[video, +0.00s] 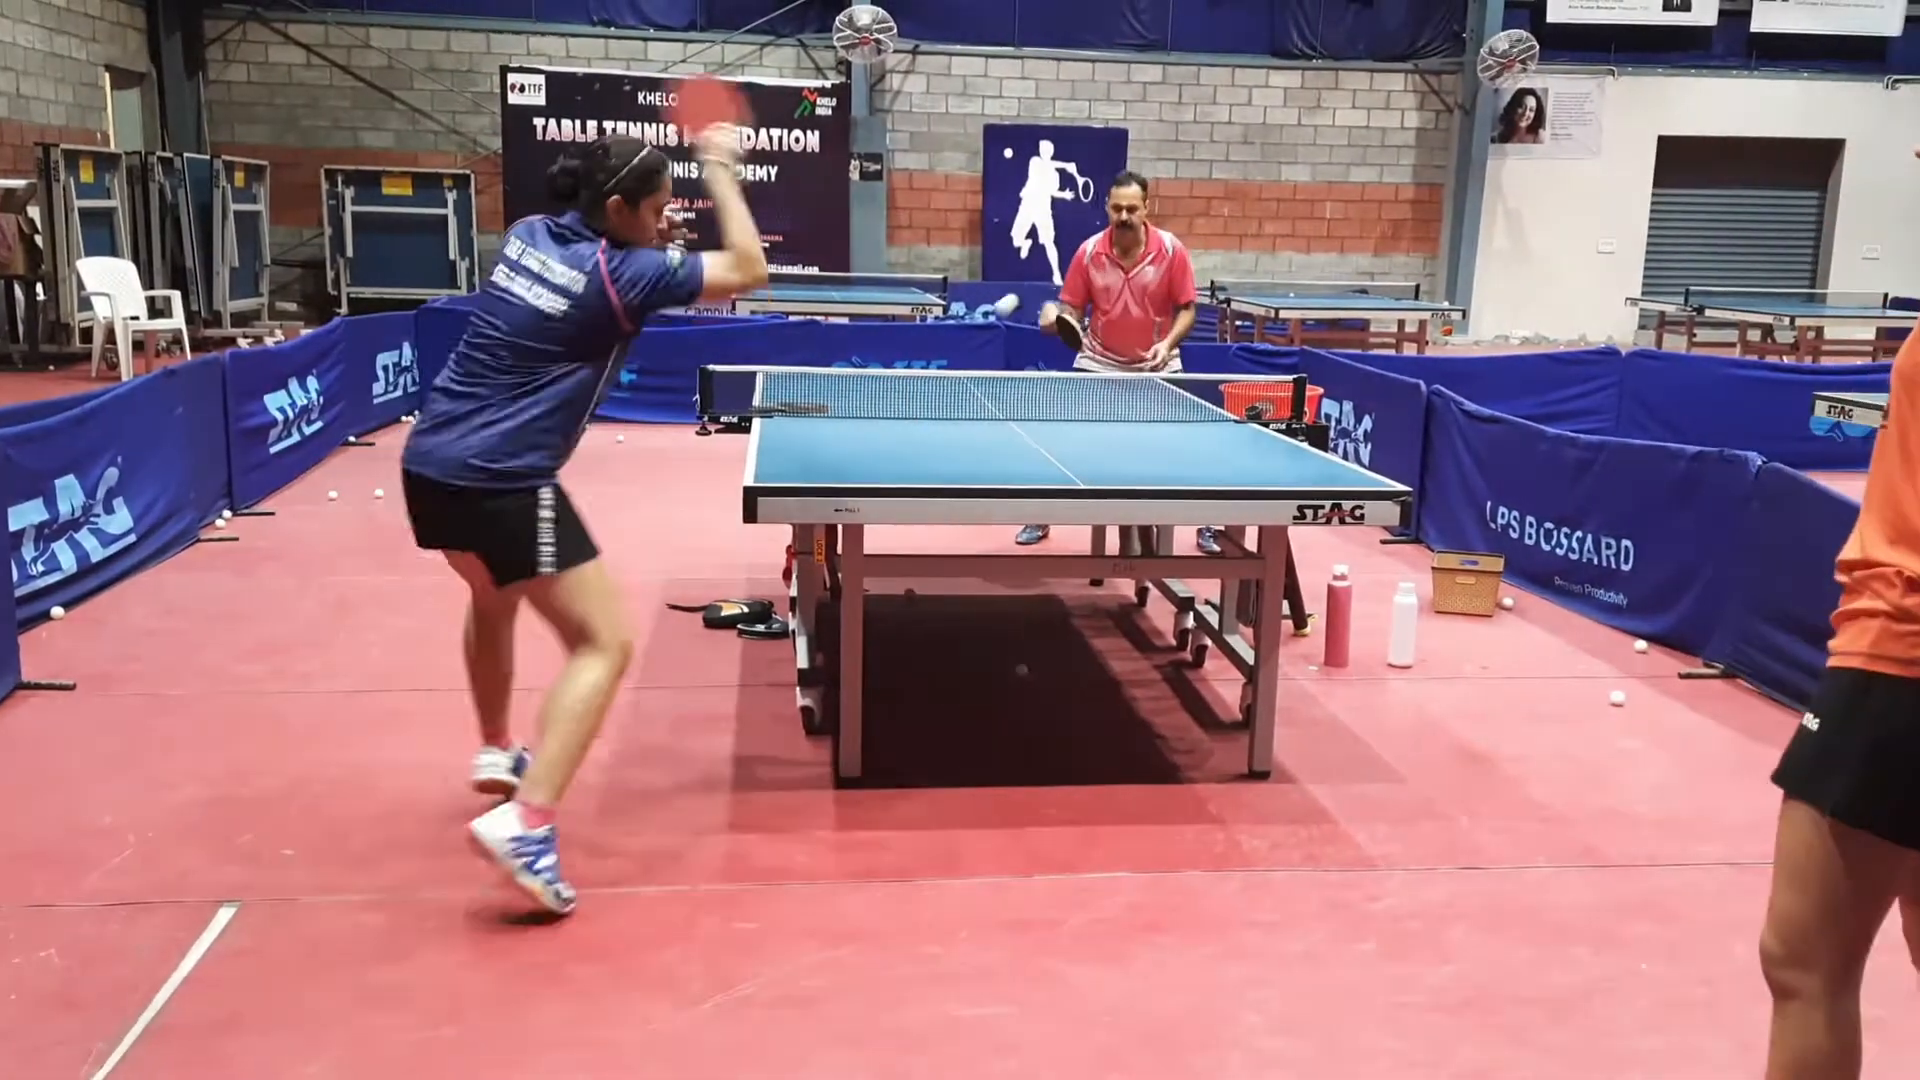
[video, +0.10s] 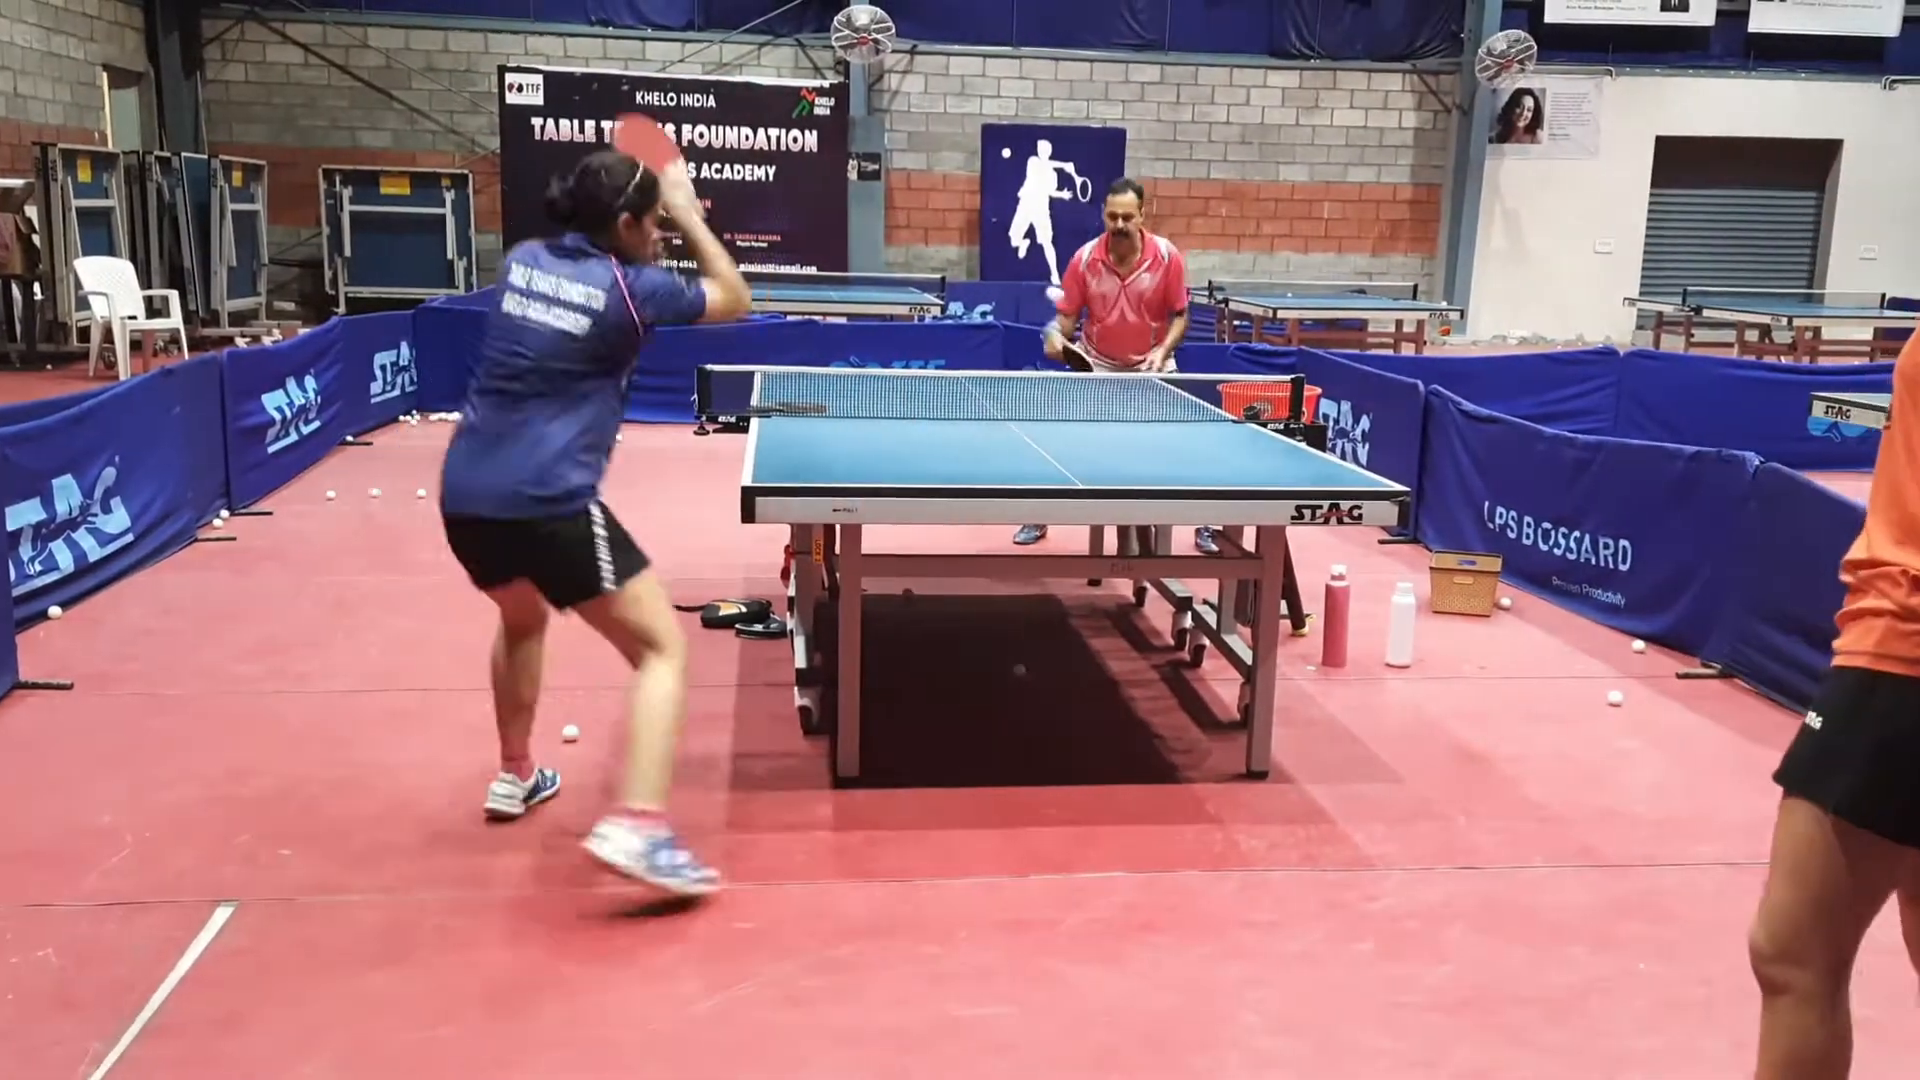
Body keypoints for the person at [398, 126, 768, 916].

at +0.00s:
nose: (664, 216)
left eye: (664, 202)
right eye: (656, 204)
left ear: (596, 203)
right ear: (617, 207)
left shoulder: (530, 233)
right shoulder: (626, 272)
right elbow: (748, 264)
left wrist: (657, 237)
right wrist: (722, 171)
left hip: (430, 468)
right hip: (505, 480)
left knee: (493, 595)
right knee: (607, 645)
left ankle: (497, 751)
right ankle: (526, 822)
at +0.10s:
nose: (658, 233)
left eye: (658, 220)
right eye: (651, 221)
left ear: (579, 216)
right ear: (618, 223)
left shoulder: (524, 258)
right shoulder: (631, 288)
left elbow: (582, 255)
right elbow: (734, 300)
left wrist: (638, 213)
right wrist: (686, 214)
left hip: (467, 501)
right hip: (551, 504)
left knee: (521, 619)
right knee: (661, 647)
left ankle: (514, 775)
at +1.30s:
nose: (633, 188)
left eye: (635, 175)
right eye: (626, 176)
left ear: (556, 172)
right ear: (598, 177)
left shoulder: (496, 220)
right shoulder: (605, 242)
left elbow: (565, 240)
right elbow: (710, 235)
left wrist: (616, 203)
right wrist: (663, 162)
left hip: (443, 456)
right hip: (530, 465)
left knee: (453, 607)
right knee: (624, 632)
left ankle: (407, 755)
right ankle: (633, 820)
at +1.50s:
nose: (589, 253)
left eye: (586, 241)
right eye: (586, 243)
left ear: (508, 243)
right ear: (571, 252)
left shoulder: (459, 301)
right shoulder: (587, 322)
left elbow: (462, 378)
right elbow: (678, 382)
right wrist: (674, 285)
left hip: (451, 528)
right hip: (550, 535)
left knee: (444, 628)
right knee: (654, 679)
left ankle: (392, 781)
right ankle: (664, 857)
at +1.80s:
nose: (647, 204)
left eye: (646, 190)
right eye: (642, 192)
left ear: (577, 192)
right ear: (617, 202)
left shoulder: (533, 233)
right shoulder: (586, 285)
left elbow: (555, 344)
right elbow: (570, 418)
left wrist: (644, 358)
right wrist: (661, 443)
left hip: (404, 447)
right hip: (471, 467)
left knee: (439, 608)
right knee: (578, 638)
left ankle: (375, 757)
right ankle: (556, 842)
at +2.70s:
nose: (575, 245)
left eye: (578, 231)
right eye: (569, 230)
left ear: (523, 226)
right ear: (524, 225)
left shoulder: (454, 264)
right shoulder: (508, 301)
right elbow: (547, 424)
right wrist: (658, 424)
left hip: (362, 467)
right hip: (414, 478)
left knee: (441, 591)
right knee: (519, 637)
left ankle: (410, 743)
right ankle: (526, 826)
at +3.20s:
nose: (534, 146)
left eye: (529, 134)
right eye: (531, 135)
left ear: (455, 142)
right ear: (517, 143)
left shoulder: (402, 208)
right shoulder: (528, 235)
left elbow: (350, 314)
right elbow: (545, 356)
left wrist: (330, 397)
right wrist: (567, 396)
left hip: (394, 450)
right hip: (478, 456)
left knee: (413, 599)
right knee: (519, 628)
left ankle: (393, 753)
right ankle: (495, 815)